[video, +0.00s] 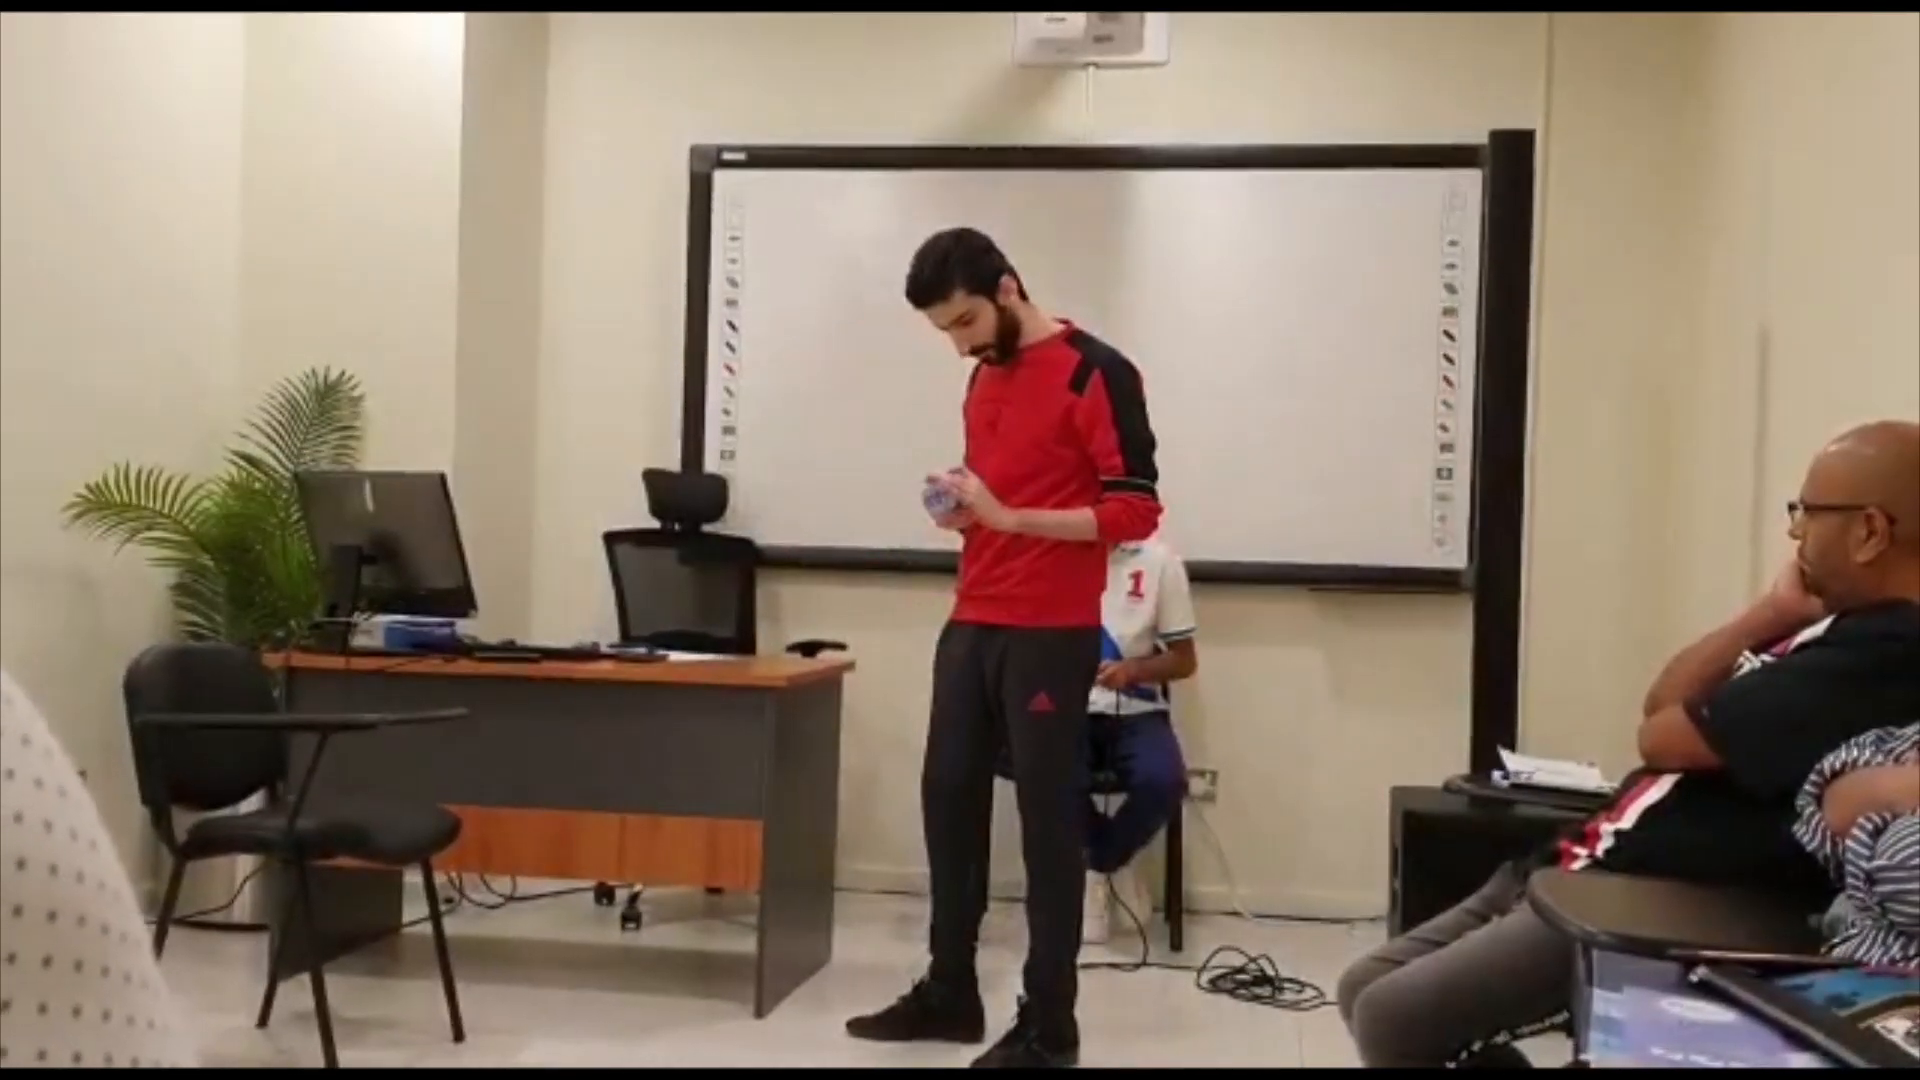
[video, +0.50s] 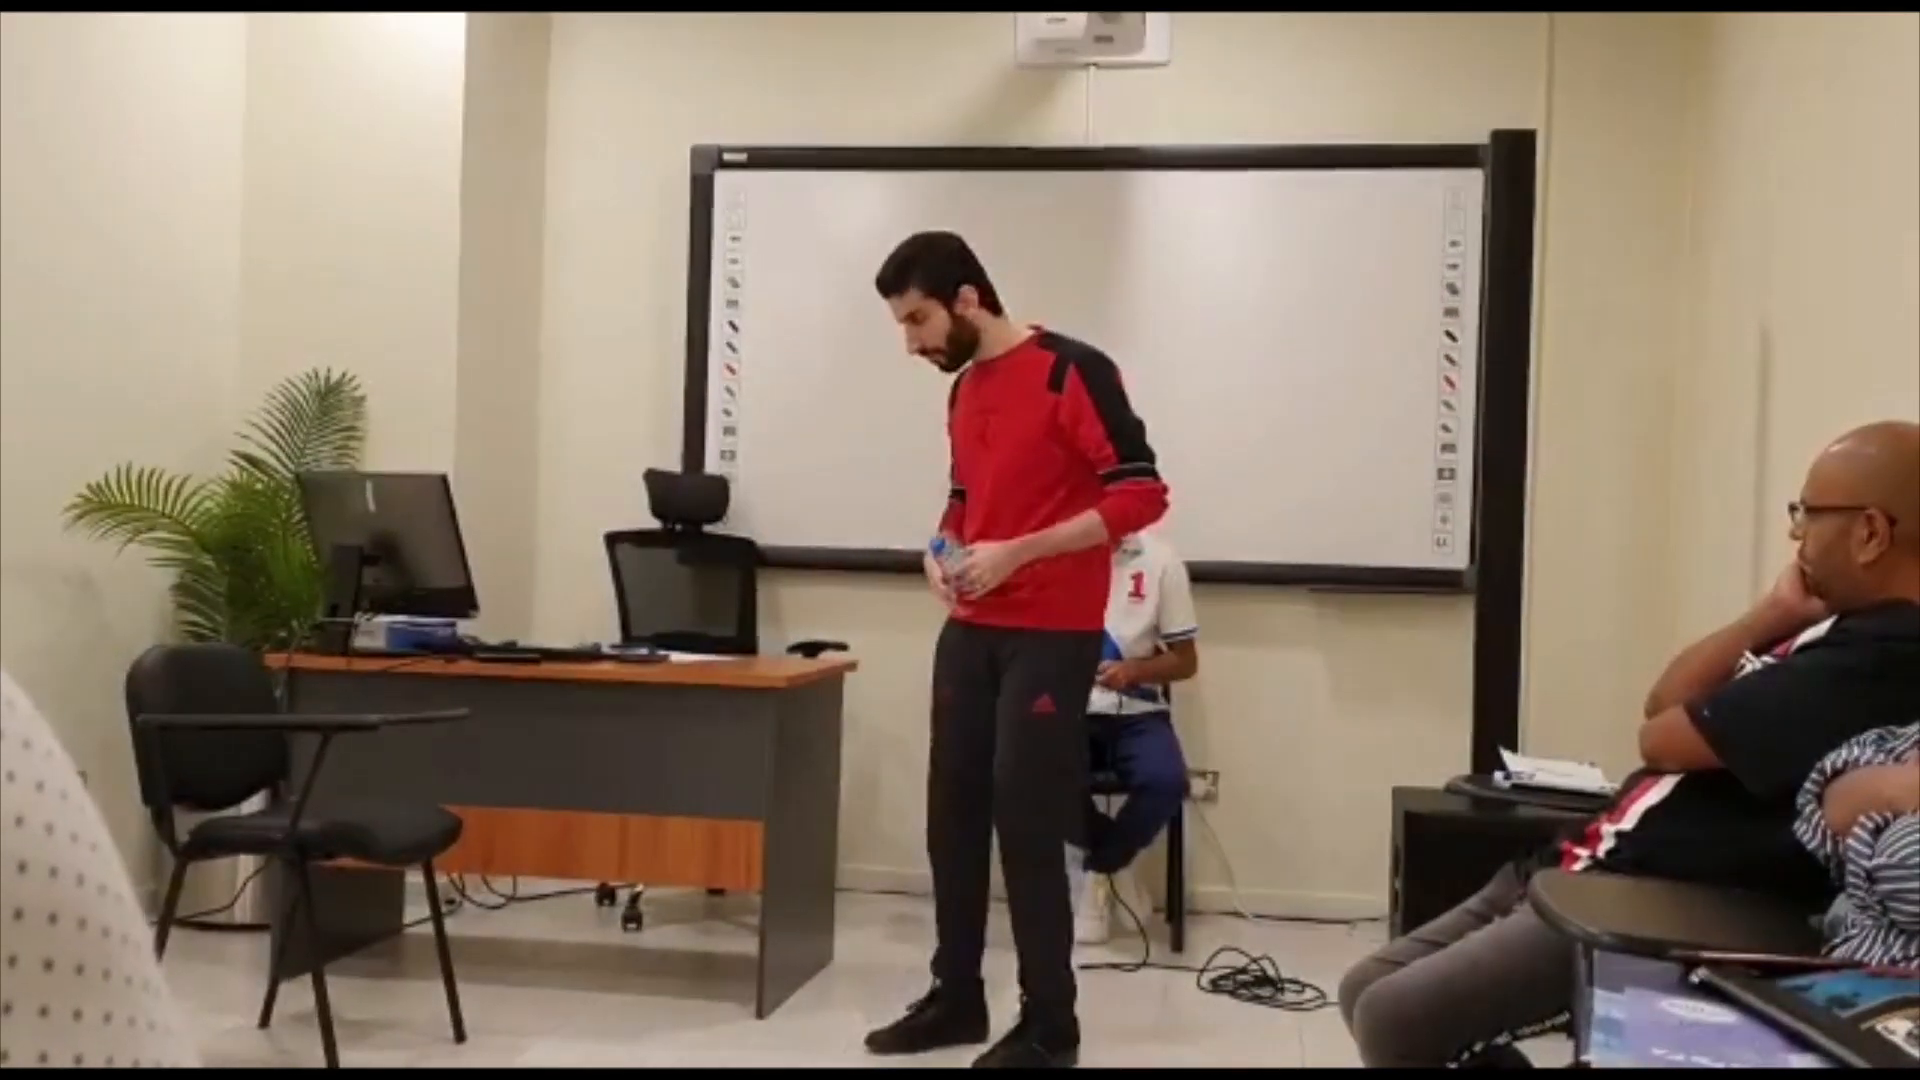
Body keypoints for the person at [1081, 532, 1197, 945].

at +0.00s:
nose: (1122, 510)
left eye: (1132, 495)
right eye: (1110, 497)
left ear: (1143, 501)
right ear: (1087, 500)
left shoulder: (1157, 561)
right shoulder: (1064, 558)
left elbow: (1184, 659)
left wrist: (1132, 670)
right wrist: (1067, 667)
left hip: (1139, 713)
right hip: (1073, 711)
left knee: (1162, 782)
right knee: (1050, 781)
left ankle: (1096, 869)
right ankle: (1116, 863)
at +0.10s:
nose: (1122, 511)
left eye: (1132, 496)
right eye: (1111, 498)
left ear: (1143, 503)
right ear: (1087, 501)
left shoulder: (1157, 560)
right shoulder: (1064, 557)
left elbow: (1184, 659)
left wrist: (1132, 669)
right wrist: (1071, 666)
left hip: (1139, 714)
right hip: (1074, 712)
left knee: (1162, 782)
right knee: (1050, 782)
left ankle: (1096, 871)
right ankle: (1117, 864)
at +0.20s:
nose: (1123, 509)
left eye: (1134, 493)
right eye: (1112, 494)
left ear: (1145, 501)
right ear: (1087, 499)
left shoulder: (1157, 558)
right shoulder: (1064, 556)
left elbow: (1184, 660)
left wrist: (1133, 669)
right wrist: (1072, 666)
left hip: (1139, 715)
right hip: (1074, 713)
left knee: (1163, 783)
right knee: (1048, 782)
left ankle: (1098, 868)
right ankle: (1119, 861)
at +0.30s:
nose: (1121, 507)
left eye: (1131, 492)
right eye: (1110, 495)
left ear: (1144, 499)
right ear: (1087, 499)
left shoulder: (1157, 557)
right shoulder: (1064, 555)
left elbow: (1184, 659)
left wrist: (1133, 670)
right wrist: (1068, 666)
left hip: (1138, 714)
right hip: (1071, 712)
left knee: (1164, 783)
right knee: (1045, 779)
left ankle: (1098, 870)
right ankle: (1117, 858)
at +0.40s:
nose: (1120, 510)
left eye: (1131, 495)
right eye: (1112, 497)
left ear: (1143, 501)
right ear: (1087, 501)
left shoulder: (1157, 558)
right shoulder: (1065, 557)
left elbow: (1184, 660)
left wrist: (1134, 669)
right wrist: (1068, 665)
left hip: (1138, 714)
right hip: (1072, 713)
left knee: (1164, 783)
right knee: (1042, 776)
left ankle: (1097, 868)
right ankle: (1113, 846)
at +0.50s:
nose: (1119, 511)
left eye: (1129, 496)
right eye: (1110, 497)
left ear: (1141, 502)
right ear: (1085, 501)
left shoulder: (1157, 559)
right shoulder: (1065, 560)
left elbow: (1185, 660)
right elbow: (1037, 634)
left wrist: (1134, 670)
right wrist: (1068, 665)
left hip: (1139, 714)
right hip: (1073, 713)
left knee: (1164, 783)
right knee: (1044, 776)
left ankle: (1098, 869)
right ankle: (1117, 856)